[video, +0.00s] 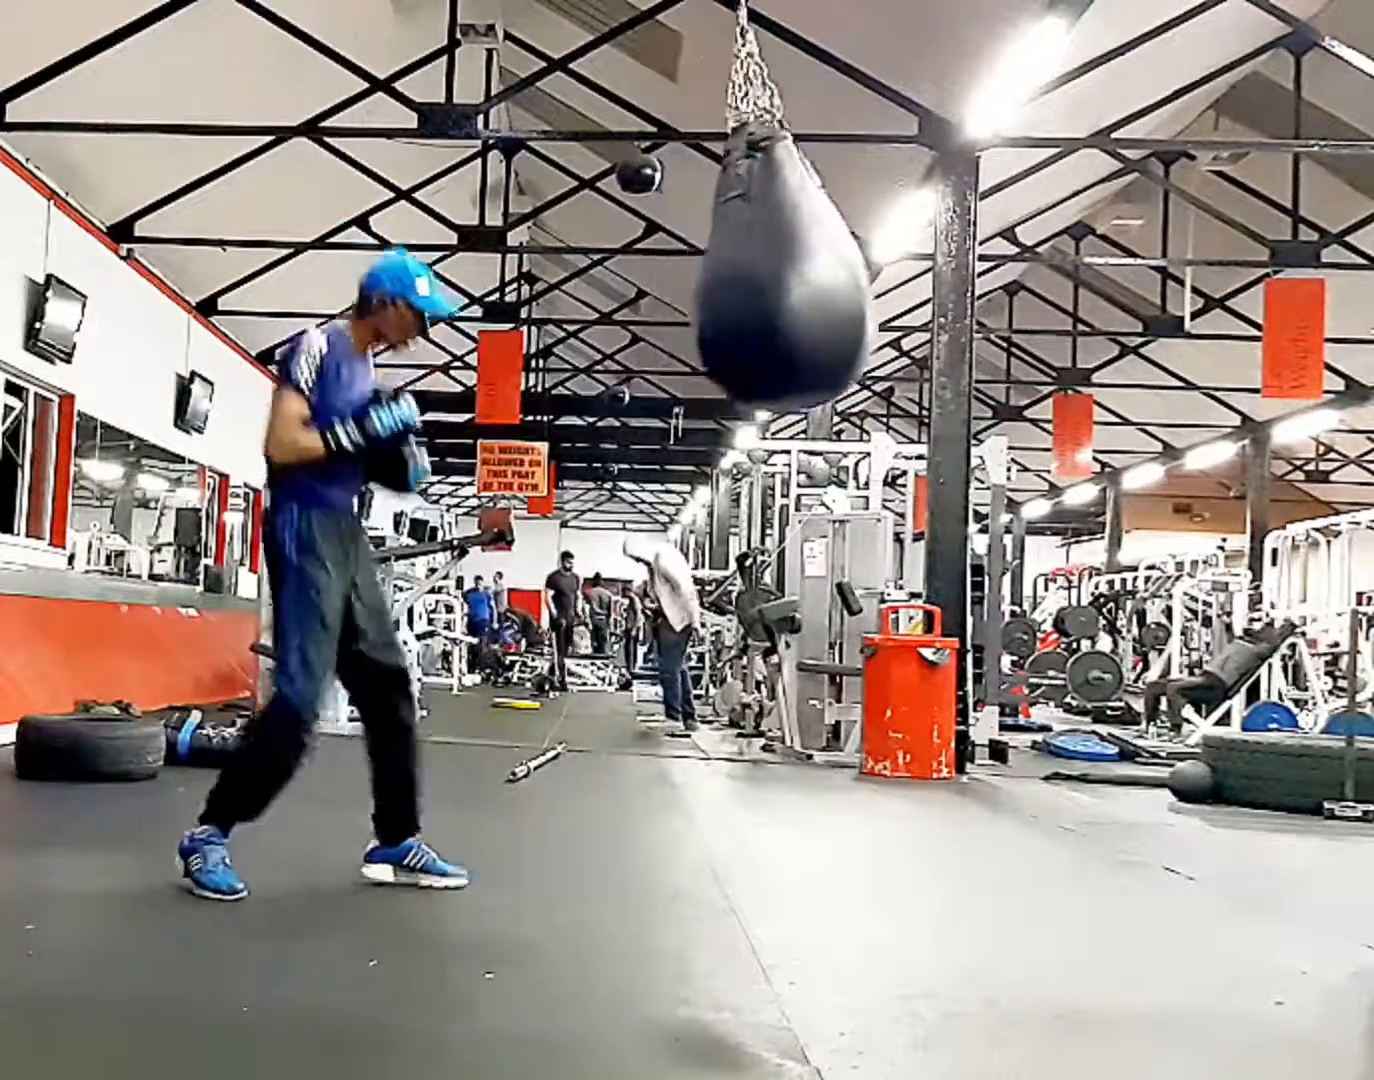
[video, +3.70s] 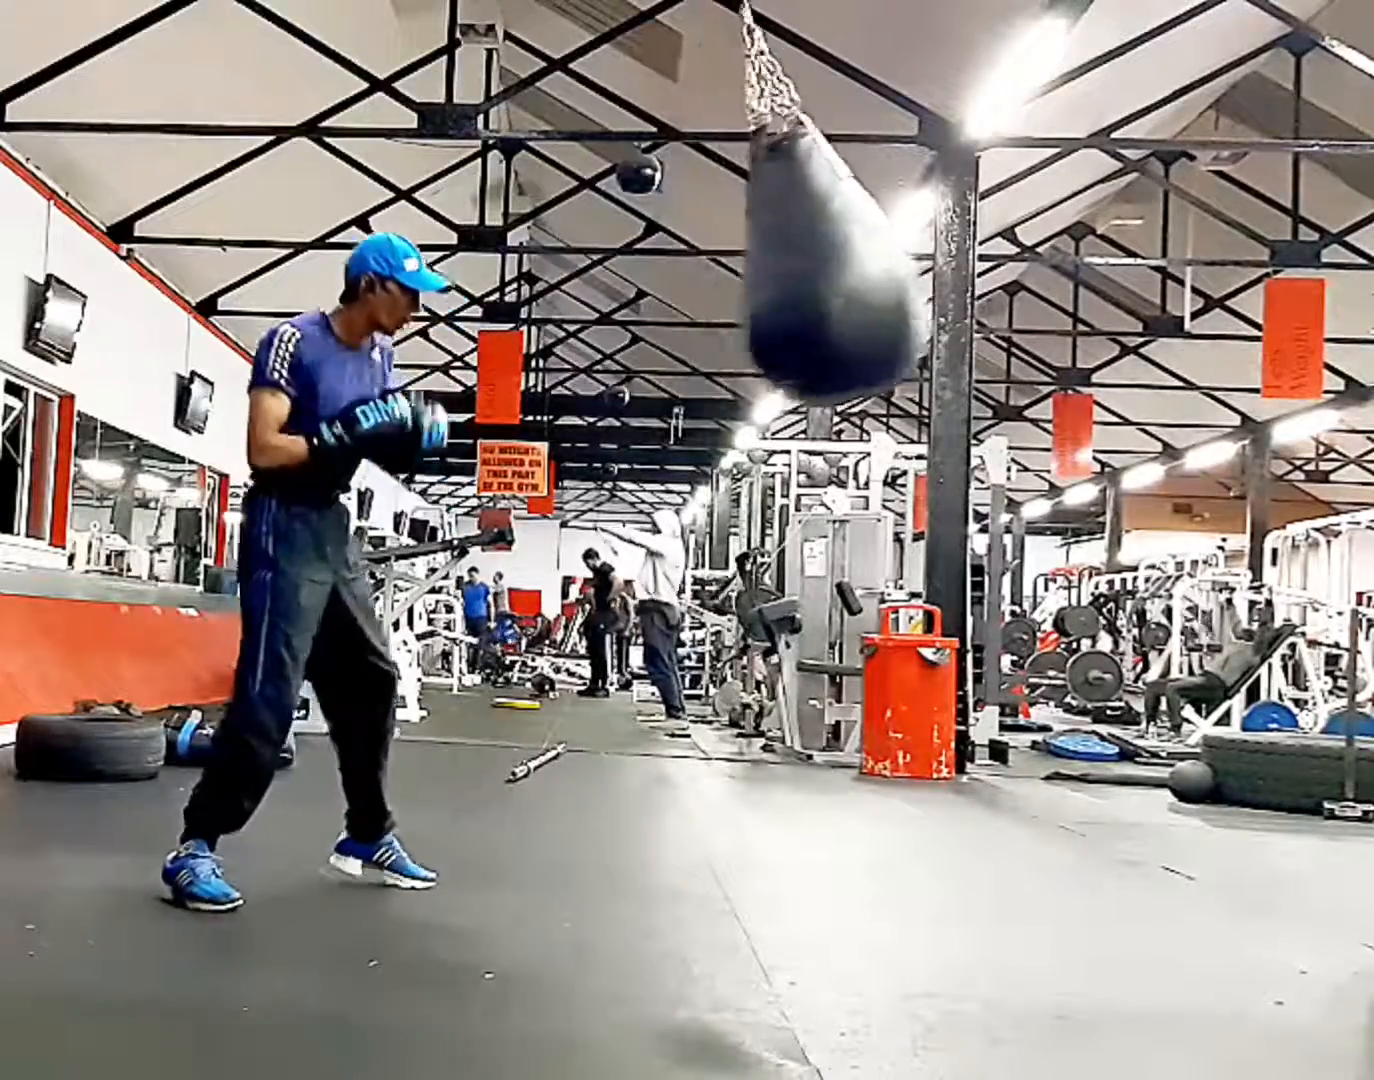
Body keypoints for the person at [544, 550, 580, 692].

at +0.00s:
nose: (570, 565)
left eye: (571, 562)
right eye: (567, 562)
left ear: (573, 563)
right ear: (562, 561)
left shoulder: (576, 578)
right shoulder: (553, 577)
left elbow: (578, 595)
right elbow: (547, 596)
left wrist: (578, 609)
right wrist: (554, 614)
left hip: (571, 616)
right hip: (559, 616)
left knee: (565, 648)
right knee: (560, 649)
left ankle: (552, 674)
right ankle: (562, 680)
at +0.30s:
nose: (571, 563)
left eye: (573, 560)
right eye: (569, 560)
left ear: (575, 561)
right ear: (565, 561)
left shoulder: (580, 576)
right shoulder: (557, 577)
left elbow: (584, 592)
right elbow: (554, 596)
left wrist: (589, 607)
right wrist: (562, 610)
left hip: (578, 613)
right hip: (563, 613)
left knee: (582, 646)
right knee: (562, 647)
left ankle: (571, 674)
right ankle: (563, 677)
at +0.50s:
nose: (577, 565)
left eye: (579, 562)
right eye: (575, 562)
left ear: (582, 562)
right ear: (570, 562)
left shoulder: (586, 577)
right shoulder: (562, 577)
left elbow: (591, 594)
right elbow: (557, 597)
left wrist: (594, 608)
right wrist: (565, 613)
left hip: (583, 615)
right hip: (568, 615)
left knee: (587, 648)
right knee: (565, 649)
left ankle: (590, 679)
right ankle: (563, 680)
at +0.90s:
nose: (597, 565)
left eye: (600, 563)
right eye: (595, 562)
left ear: (603, 563)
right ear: (591, 562)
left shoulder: (605, 579)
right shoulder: (581, 576)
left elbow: (610, 597)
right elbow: (571, 592)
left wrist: (610, 613)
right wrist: (576, 610)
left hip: (599, 617)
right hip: (584, 616)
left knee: (598, 653)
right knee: (578, 650)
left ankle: (599, 684)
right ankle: (567, 681)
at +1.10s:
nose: (602, 565)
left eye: (604, 562)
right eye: (600, 561)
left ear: (608, 562)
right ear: (596, 561)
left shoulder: (612, 579)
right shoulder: (586, 576)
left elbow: (618, 596)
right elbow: (577, 591)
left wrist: (618, 610)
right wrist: (583, 606)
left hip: (605, 616)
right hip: (590, 615)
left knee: (602, 652)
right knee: (587, 651)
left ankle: (600, 684)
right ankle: (584, 682)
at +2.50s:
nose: (596, 568)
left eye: (598, 564)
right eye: (594, 565)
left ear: (604, 562)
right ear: (591, 563)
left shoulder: (614, 574)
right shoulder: (594, 575)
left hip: (605, 619)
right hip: (593, 619)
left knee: (603, 653)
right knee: (594, 652)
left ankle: (603, 684)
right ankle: (600, 683)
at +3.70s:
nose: (588, 565)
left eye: (589, 561)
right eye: (586, 562)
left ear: (595, 558)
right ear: (587, 562)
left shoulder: (606, 570)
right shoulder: (597, 575)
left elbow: (617, 582)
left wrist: (609, 598)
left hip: (606, 616)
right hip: (596, 616)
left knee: (601, 652)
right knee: (594, 652)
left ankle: (603, 685)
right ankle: (594, 683)